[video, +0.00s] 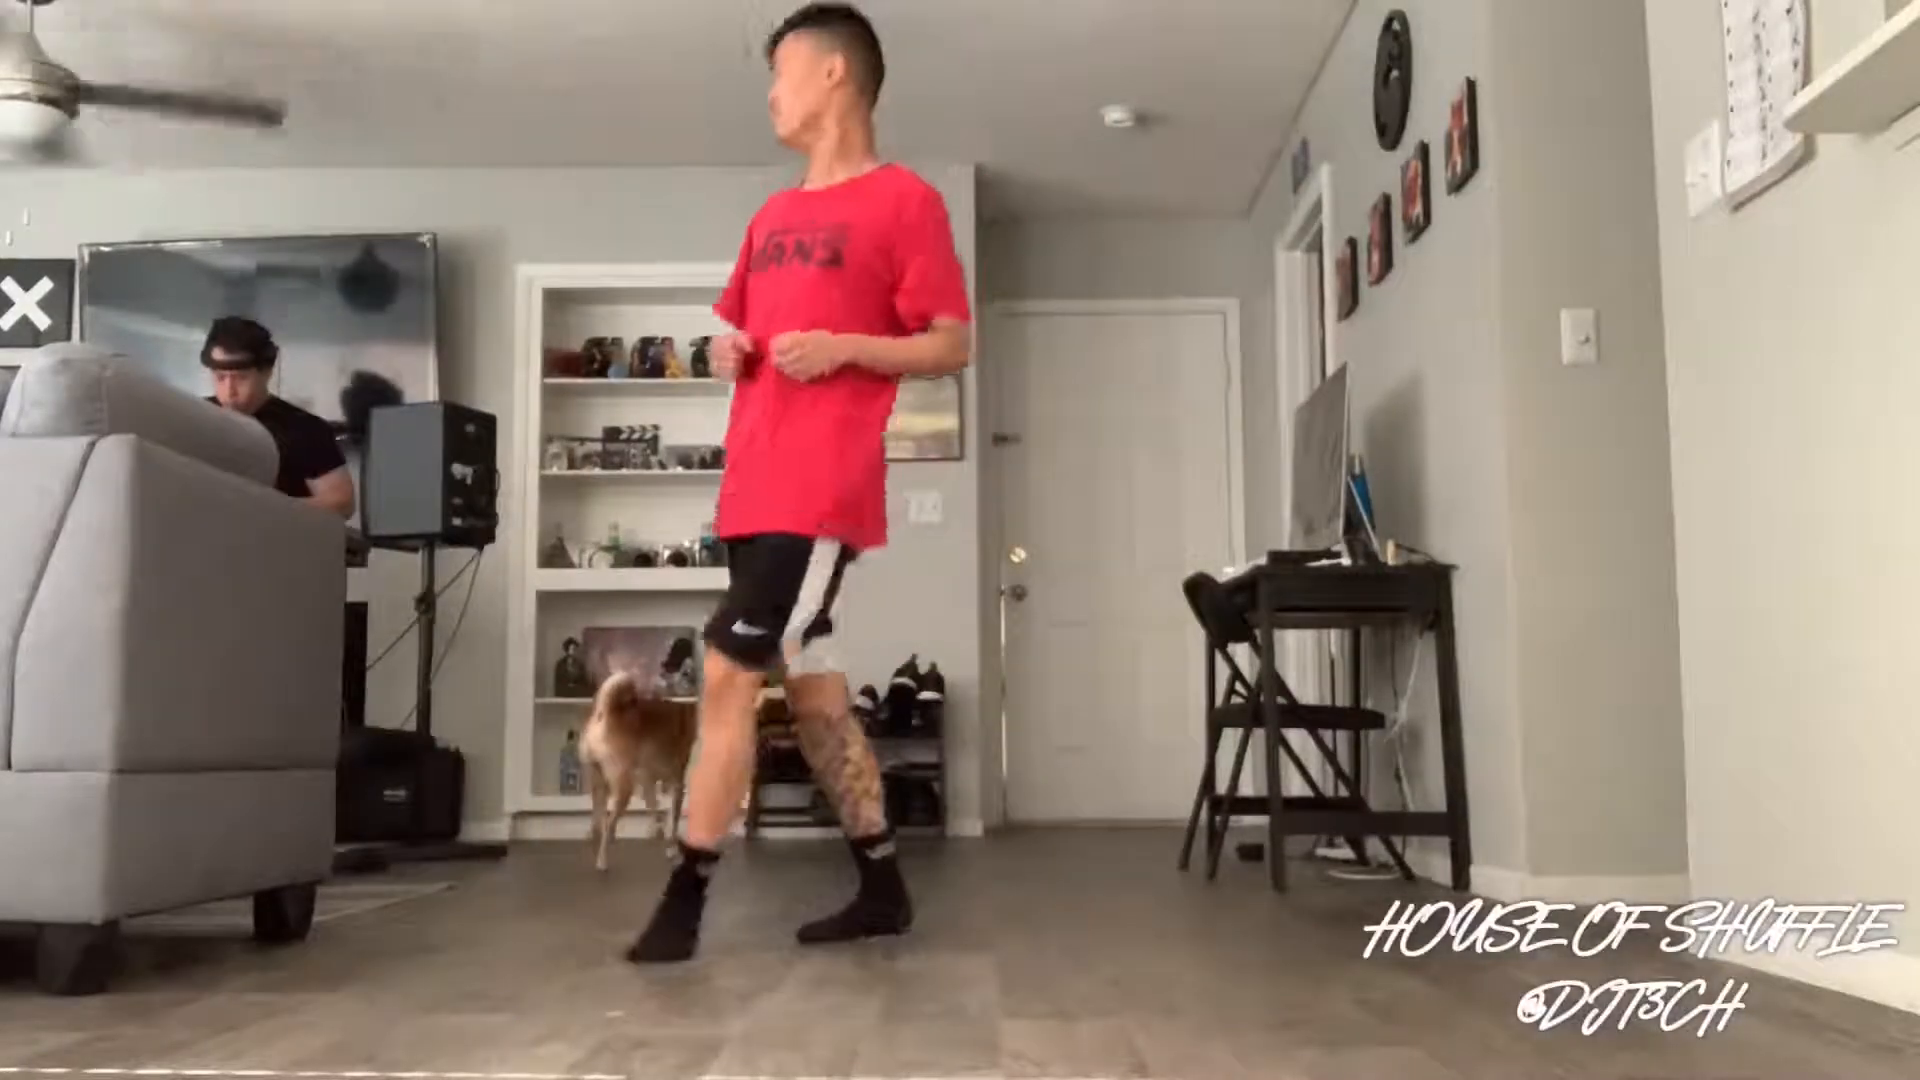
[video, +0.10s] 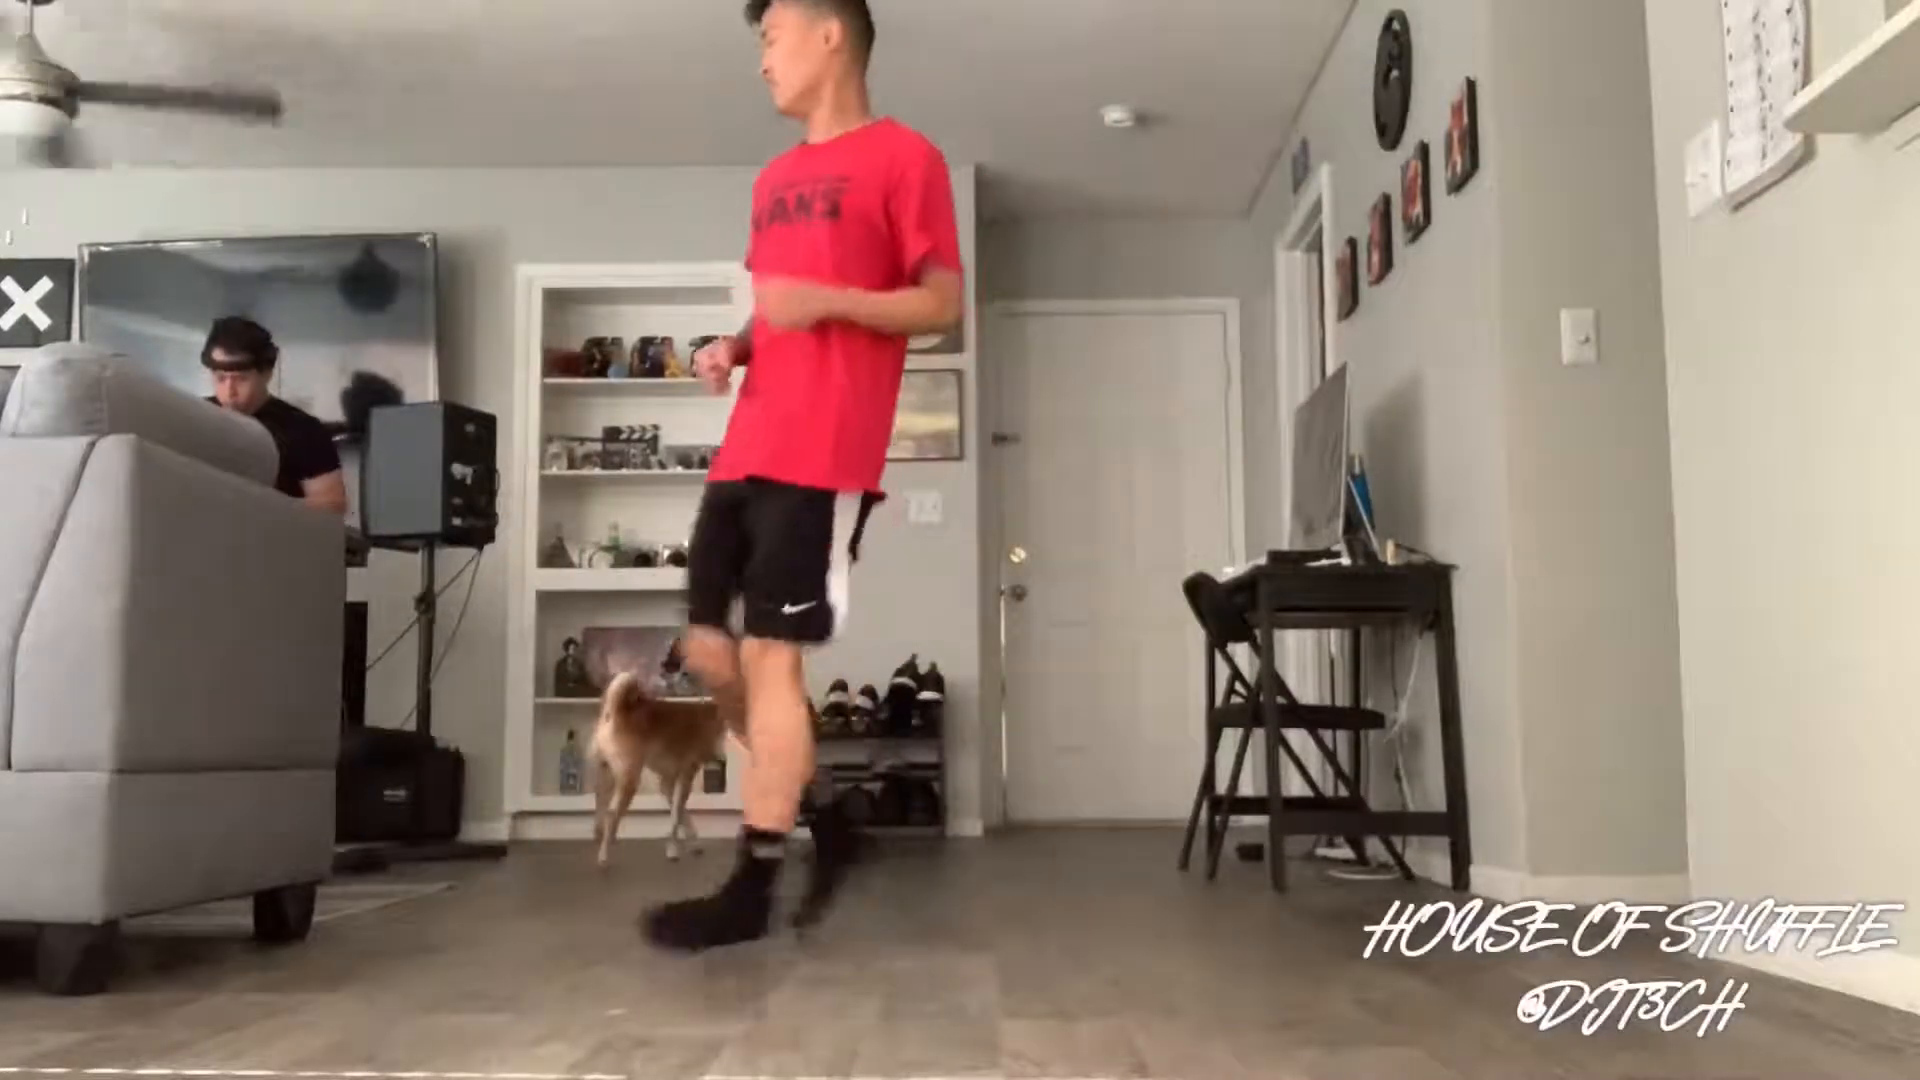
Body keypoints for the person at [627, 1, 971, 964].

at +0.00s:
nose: (769, 90)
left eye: (781, 68)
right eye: (772, 72)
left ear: (836, 74)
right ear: (826, 78)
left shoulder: (905, 201)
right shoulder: (773, 214)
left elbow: (952, 343)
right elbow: (741, 334)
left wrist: (846, 347)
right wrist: (731, 351)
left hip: (826, 486)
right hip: (755, 484)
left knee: (728, 671)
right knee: (814, 691)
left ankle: (682, 901)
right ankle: (882, 885)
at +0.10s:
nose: (760, 62)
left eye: (772, 39)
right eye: (760, 44)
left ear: (832, 39)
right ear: (816, 45)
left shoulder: (905, 157)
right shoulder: (776, 177)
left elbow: (944, 307)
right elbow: (784, 309)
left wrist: (823, 301)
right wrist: (736, 352)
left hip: (825, 450)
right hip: (753, 441)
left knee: (770, 650)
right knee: (709, 646)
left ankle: (754, 885)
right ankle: (820, 820)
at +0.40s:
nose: (763, 74)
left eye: (778, 55)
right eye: (763, 59)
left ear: (840, 61)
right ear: (807, 69)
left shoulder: (903, 163)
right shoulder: (781, 206)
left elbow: (943, 291)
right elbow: (798, 352)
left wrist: (831, 250)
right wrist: (734, 410)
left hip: (854, 465)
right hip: (766, 462)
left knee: (855, 676)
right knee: (709, 652)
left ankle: (901, 872)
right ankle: (740, 886)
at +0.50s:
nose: (772, 78)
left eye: (787, 58)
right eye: (770, 66)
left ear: (851, 65)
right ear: (795, 83)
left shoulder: (912, 170)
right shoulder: (782, 216)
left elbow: (960, 305)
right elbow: (785, 367)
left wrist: (846, 324)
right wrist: (731, 437)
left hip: (865, 481)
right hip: (774, 483)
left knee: (888, 685)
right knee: (736, 671)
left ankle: (915, 885)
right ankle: (748, 904)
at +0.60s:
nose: (805, 52)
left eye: (824, 32)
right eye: (797, 40)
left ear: (885, 47)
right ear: (798, 61)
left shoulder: (942, 157)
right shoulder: (789, 189)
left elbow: (961, 300)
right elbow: (787, 328)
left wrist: (928, 414)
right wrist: (772, 434)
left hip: (909, 436)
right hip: (816, 443)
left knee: (878, 661)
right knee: (818, 667)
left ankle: (918, 830)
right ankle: (824, 884)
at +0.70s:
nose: (875, 65)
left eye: (894, 50)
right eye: (857, 53)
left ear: (931, 75)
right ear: (838, 84)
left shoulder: (977, 192)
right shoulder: (812, 206)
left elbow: (1018, 327)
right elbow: (771, 353)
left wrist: (1031, 452)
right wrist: (796, 316)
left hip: (950, 448)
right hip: (846, 456)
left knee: (901, 639)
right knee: (840, 686)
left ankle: (949, 745)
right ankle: (865, 893)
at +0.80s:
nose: (930, 40)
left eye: (948, 25)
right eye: (909, 28)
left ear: (974, 52)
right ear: (881, 57)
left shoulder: (1019, 170)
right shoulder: (852, 173)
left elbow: (1058, 299)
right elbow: (787, 301)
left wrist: (1084, 431)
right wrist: (822, 266)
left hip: (982, 438)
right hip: (882, 444)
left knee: (938, 611)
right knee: (883, 671)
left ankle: (981, 788)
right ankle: (875, 878)